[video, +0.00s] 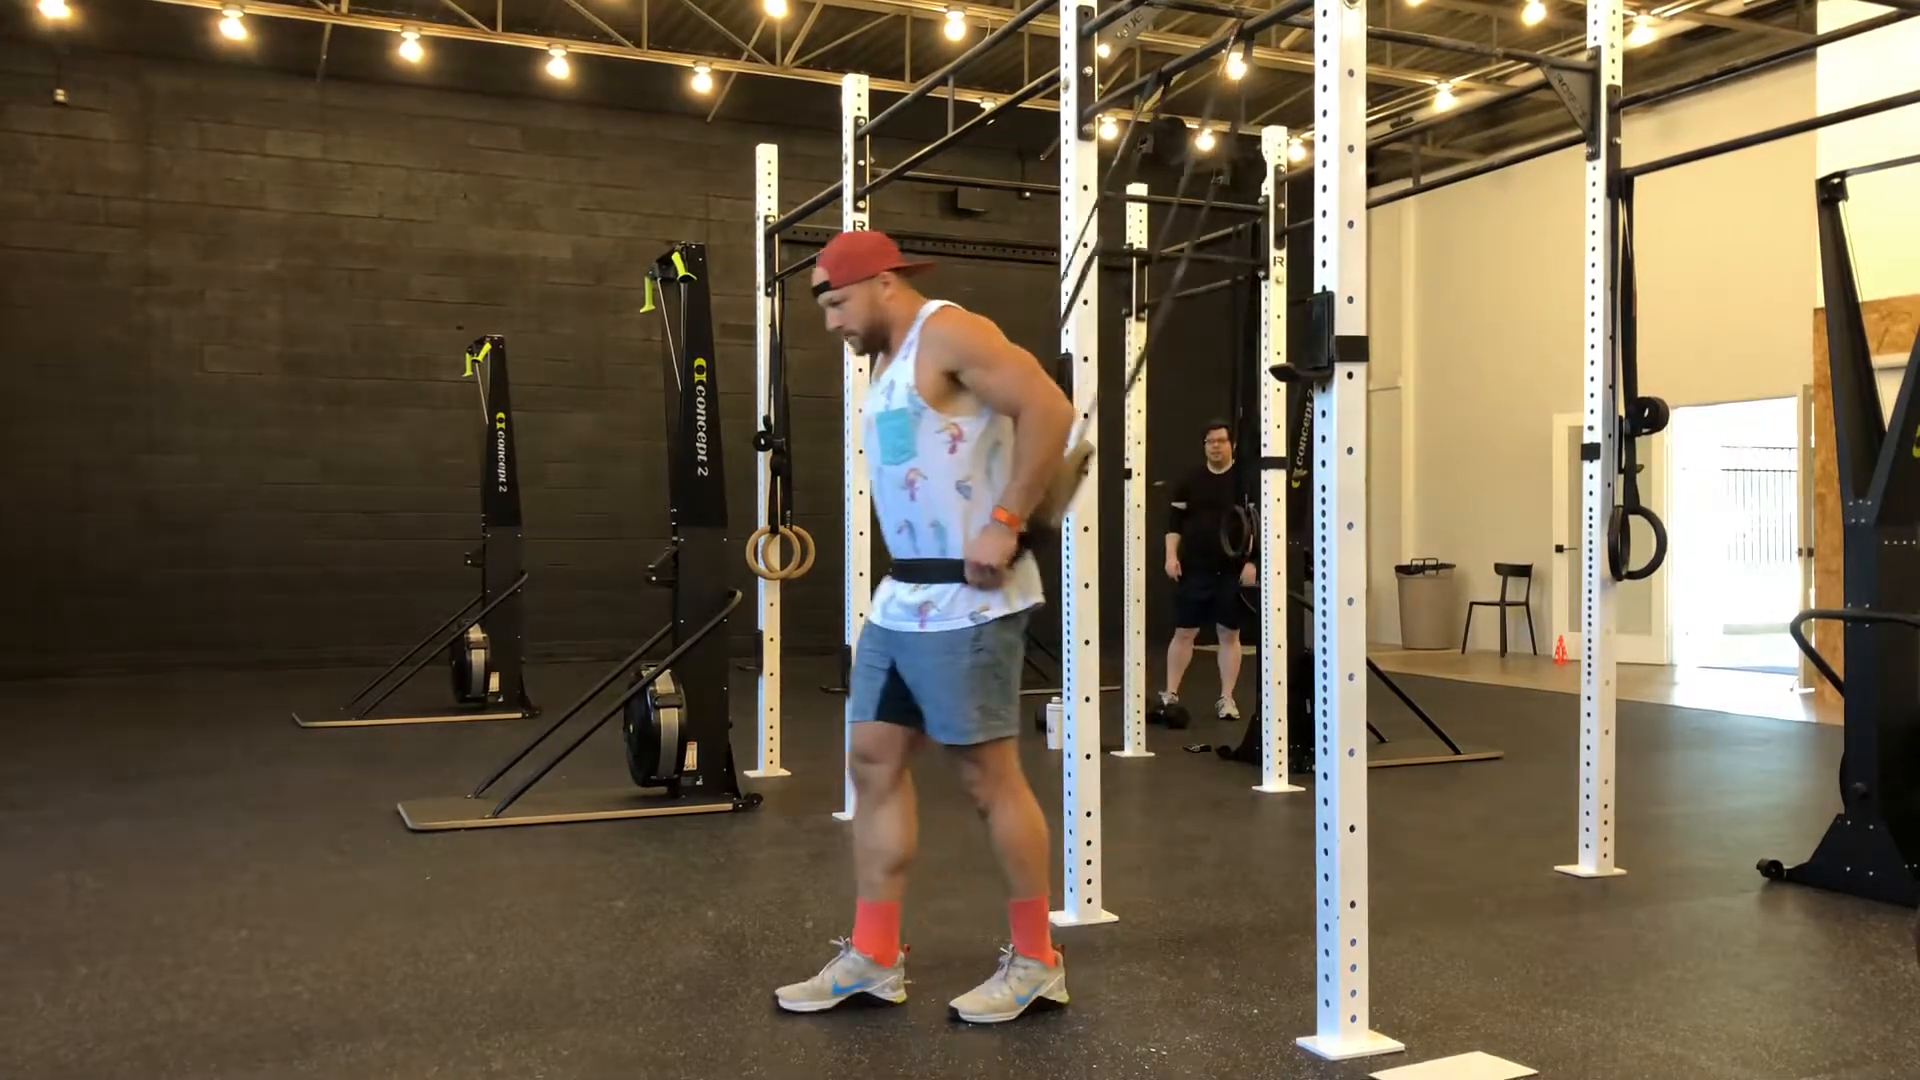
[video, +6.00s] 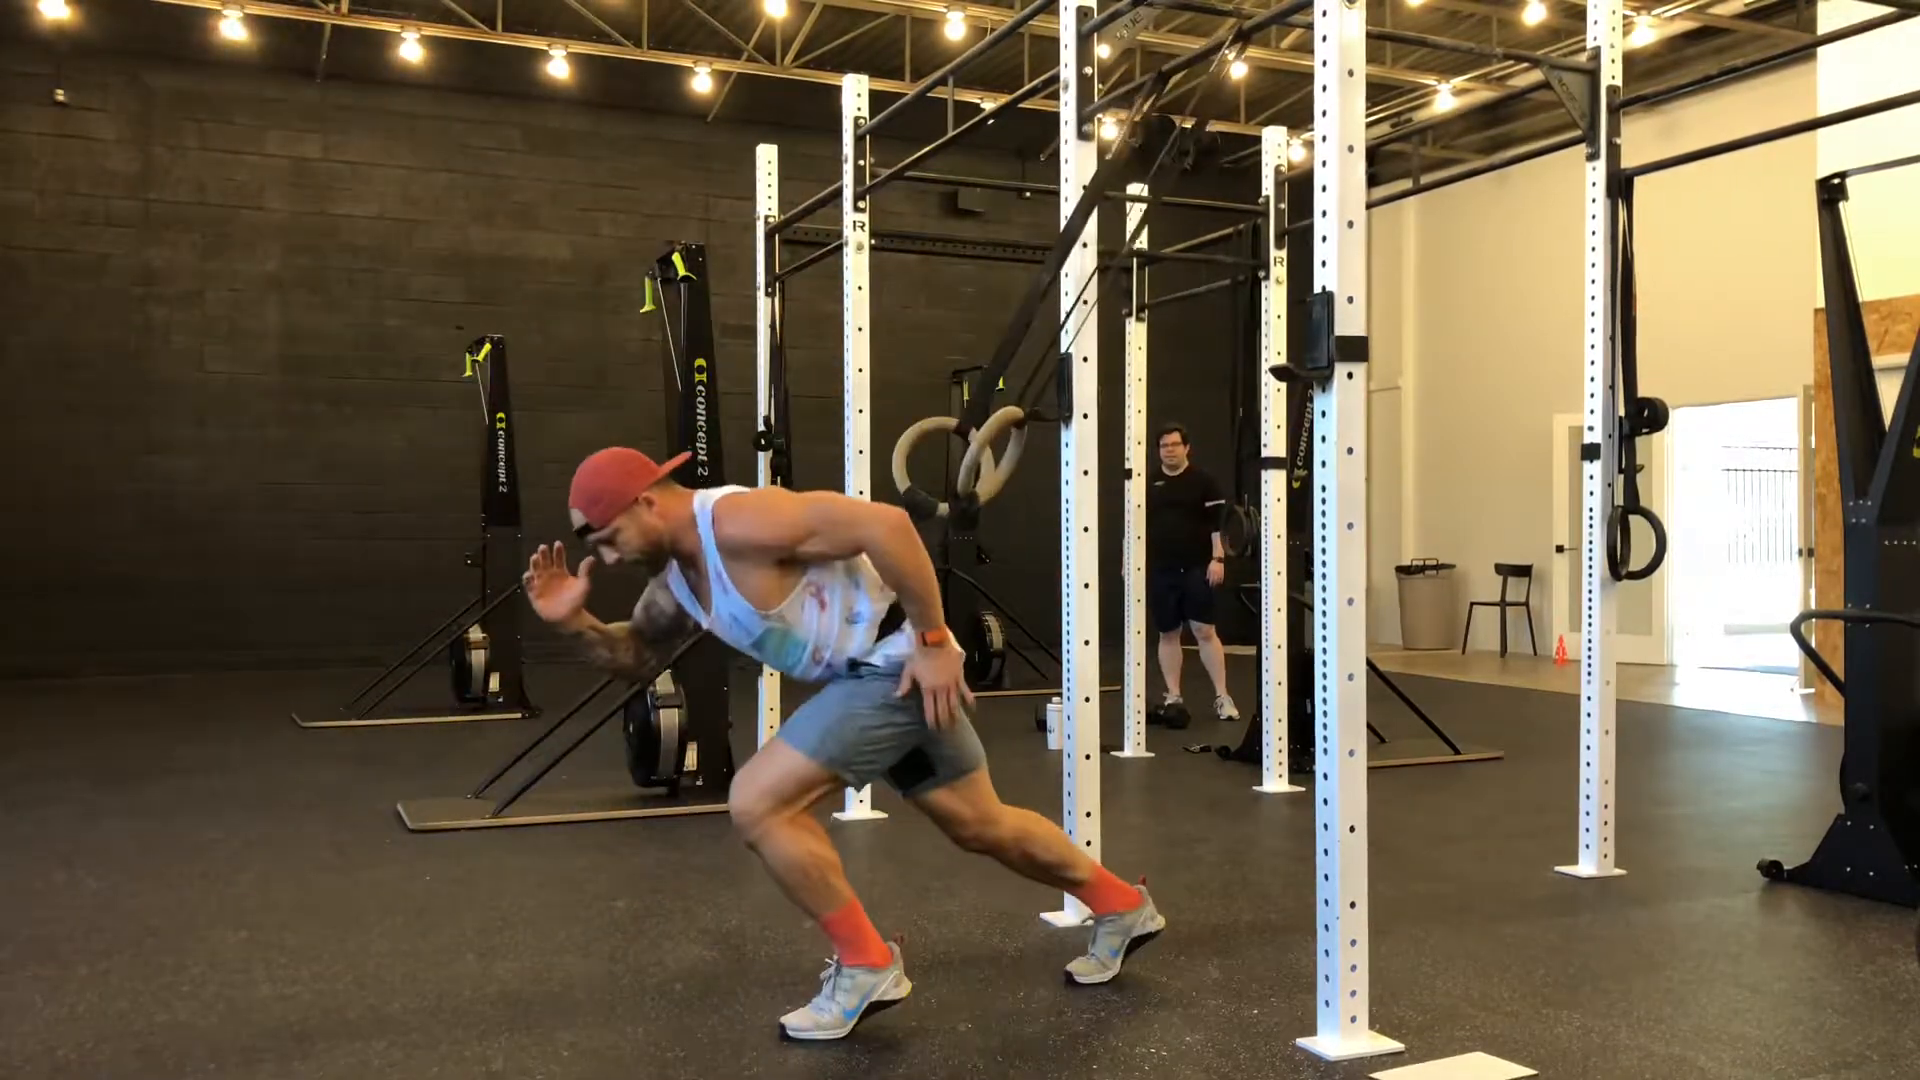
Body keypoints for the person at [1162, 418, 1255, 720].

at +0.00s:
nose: (1216, 447)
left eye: (1221, 441)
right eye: (1210, 442)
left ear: (1232, 444)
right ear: (1203, 446)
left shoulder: (1245, 478)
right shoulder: (1190, 480)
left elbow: (1260, 523)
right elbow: (1174, 522)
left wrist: (1253, 561)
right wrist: (1171, 555)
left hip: (1231, 570)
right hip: (1193, 567)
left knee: (1229, 633)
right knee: (1184, 632)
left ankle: (1227, 698)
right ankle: (1170, 694)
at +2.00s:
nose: (1187, 449)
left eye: (1192, 443)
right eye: (1182, 444)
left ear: (1204, 446)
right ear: (1176, 448)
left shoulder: (1220, 481)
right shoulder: (1164, 484)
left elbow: (1234, 522)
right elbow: (1149, 526)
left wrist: (1235, 557)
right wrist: (1142, 559)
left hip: (1211, 570)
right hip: (1173, 570)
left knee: (1215, 634)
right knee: (1177, 634)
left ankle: (1225, 698)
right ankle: (1174, 696)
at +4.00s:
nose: (1182, 450)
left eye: (1188, 444)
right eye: (1178, 445)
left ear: (1201, 447)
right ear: (1172, 449)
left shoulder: (1217, 480)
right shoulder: (1162, 483)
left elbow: (1233, 521)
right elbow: (1148, 527)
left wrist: (1232, 558)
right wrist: (1141, 563)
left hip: (1209, 570)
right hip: (1171, 570)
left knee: (1213, 634)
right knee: (1175, 634)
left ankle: (1224, 698)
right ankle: (1174, 696)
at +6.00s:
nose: (1169, 451)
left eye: (1174, 445)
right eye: (1164, 446)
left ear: (1186, 449)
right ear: (1158, 450)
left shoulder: (1203, 483)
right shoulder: (1147, 486)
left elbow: (1217, 525)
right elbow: (1134, 527)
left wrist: (1217, 559)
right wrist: (1130, 560)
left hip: (1196, 569)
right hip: (1160, 570)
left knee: (1204, 631)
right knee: (1168, 633)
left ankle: (1222, 697)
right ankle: (1173, 696)